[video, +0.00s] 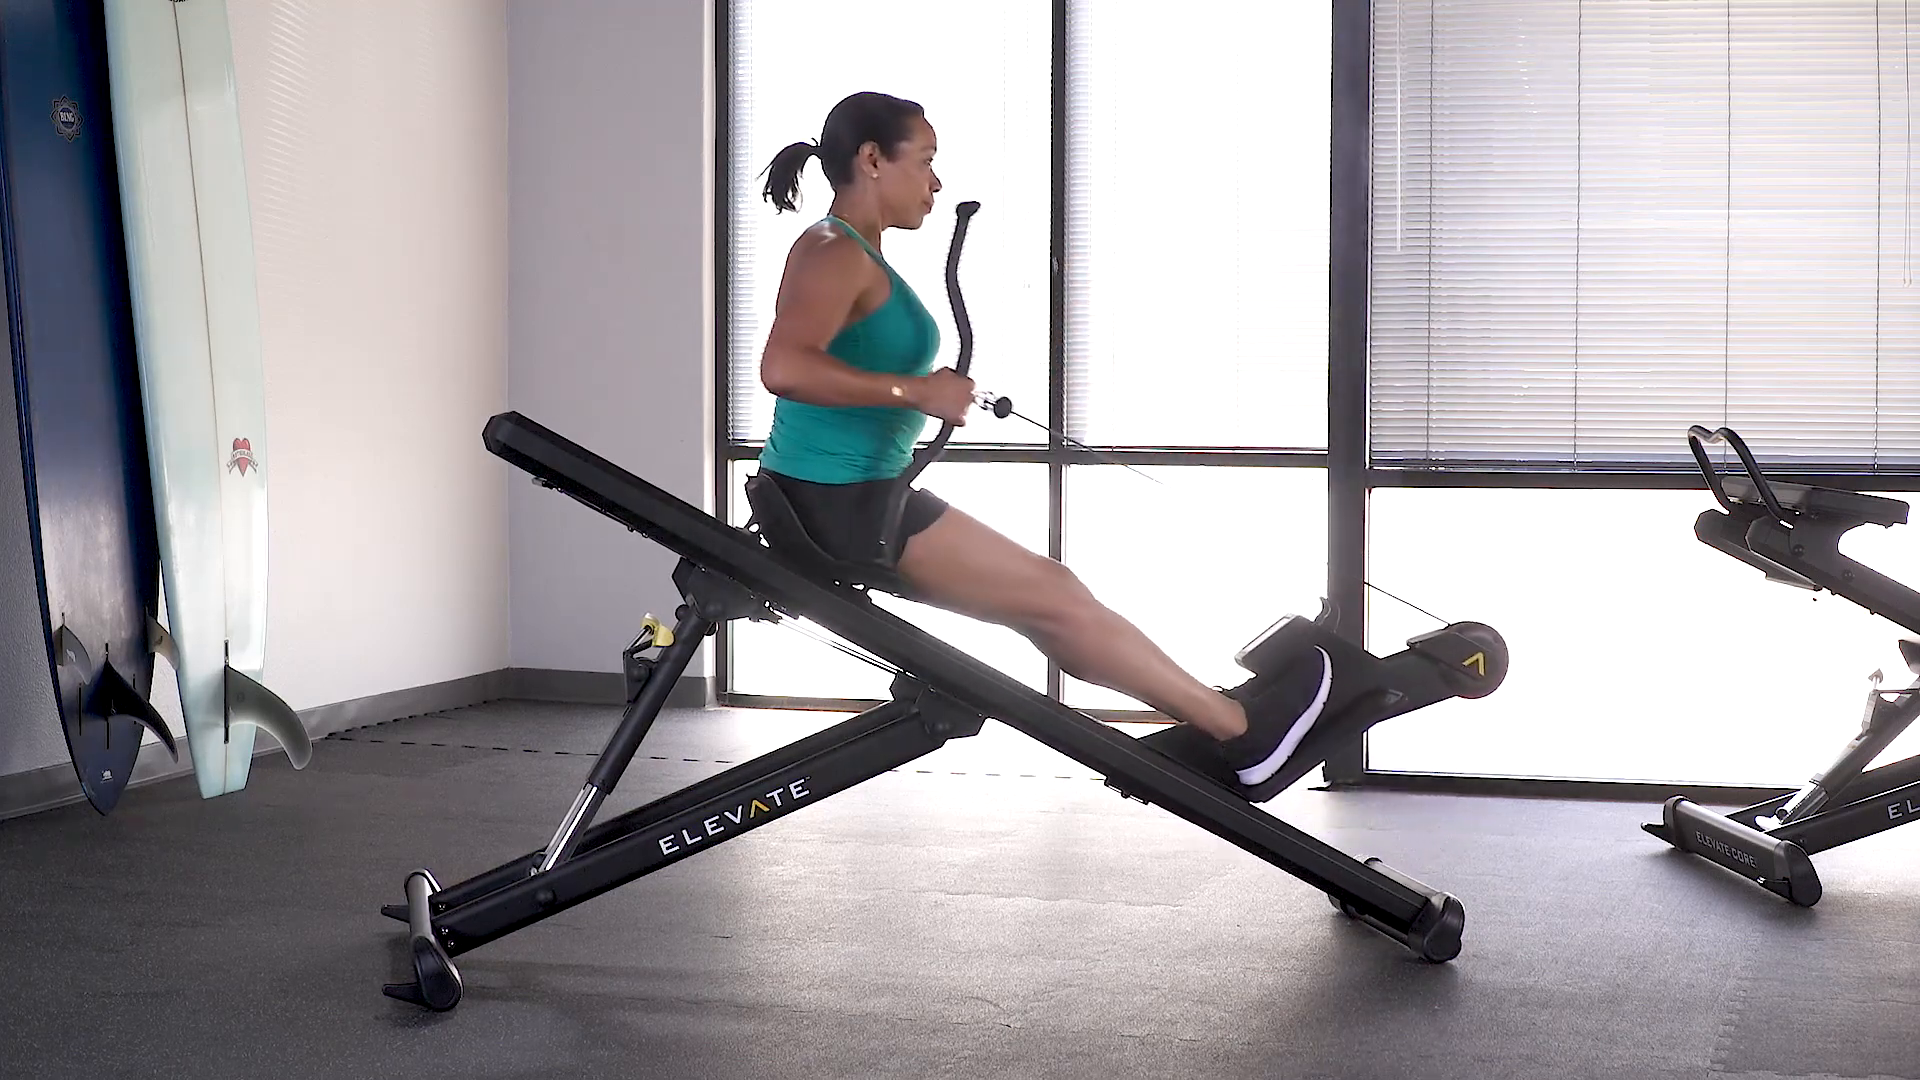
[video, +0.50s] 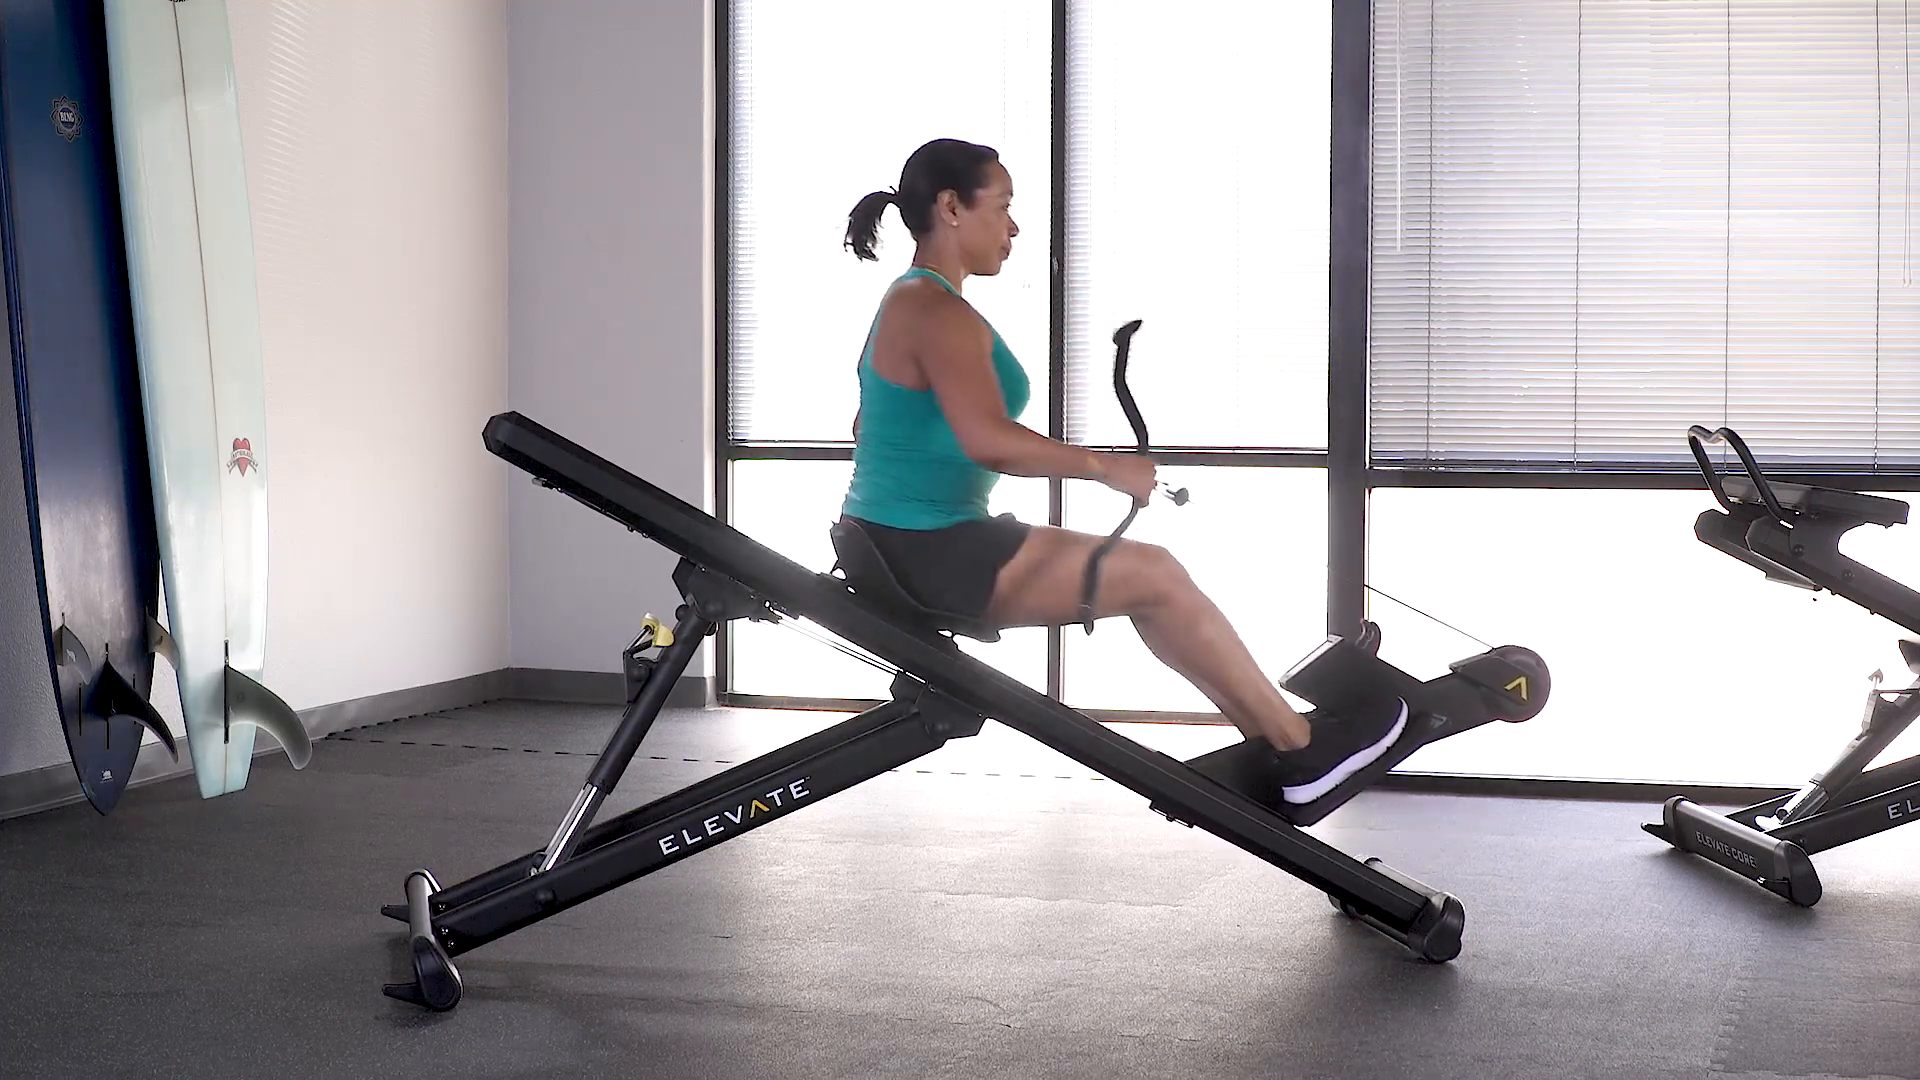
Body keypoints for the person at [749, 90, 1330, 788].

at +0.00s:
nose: (935, 180)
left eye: (933, 162)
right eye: (925, 160)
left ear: (875, 166)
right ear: (872, 163)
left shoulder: (855, 252)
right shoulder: (831, 252)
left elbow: (814, 367)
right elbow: (783, 366)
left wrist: (922, 389)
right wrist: (912, 390)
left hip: (865, 489)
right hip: (832, 500)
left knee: (1056, 589)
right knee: (1050, 599)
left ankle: (1224, 717)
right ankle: (1232, 723)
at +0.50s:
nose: (1013, 225)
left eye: (1010, 207)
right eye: (1002, 207)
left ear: (948, 213)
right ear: (950, 210)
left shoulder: (916, 303)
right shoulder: (936, 312)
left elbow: (976, 439)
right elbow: (985, 438)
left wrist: (1084, 460)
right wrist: (1103, 466)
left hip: (907, 544)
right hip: (919, 550)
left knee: (1146, 576)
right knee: (1152, 575)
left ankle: (1275, 731)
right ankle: (1300, 750)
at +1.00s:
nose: (1221, 325)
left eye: (1216, 307)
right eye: (1210, 307)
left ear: (1155, 318)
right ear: (1161, 315)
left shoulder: (1087, 410)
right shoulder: (1218, 431)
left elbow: (1019, 514)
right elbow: (1347, 536)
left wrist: (1073, 588)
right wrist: (1442, 604)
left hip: (1046, 632)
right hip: (1121, 651)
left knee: (1298, 574)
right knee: (1327, 582)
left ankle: (1347, 762)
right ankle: (1390, 783)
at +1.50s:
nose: (1164, 293)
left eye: (1159, 276)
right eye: (1151, 276)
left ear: (1092, 287)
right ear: (1101, 285)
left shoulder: (1039, 374)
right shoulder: (1145, 394)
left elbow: (975, 485)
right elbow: (1264, 510)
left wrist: (1035, 553)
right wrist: (1371, 570)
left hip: (995, 605)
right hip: (1062, 618)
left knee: (1251, 584)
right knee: (1274, 582)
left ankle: (1332, 760)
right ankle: (1371, 776)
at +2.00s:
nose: (926, 178)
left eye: (923, 160)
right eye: (914, 159)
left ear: (863, 164)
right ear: (860, 162)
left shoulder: (844, 249)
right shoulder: (820, 249)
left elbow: (797, 356)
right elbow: (766, 355)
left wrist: (908, 374)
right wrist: (895, 375)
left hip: (848, 488)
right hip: (821, 498)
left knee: (1049, 585)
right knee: (1046, 593)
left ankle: (1215, 713)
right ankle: (1228, 721)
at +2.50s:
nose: (1018, 223)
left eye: (1014, 205)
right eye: (1007, 205)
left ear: (953, 213)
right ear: (954, 210)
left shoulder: (915, 303)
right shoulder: (942, 311)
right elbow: (984, 435)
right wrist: (1102, 458)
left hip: (901, 542)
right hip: (922, 549)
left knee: (1145, 581)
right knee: (1156, 571)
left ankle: (1269, 732)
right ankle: (1297, 744)